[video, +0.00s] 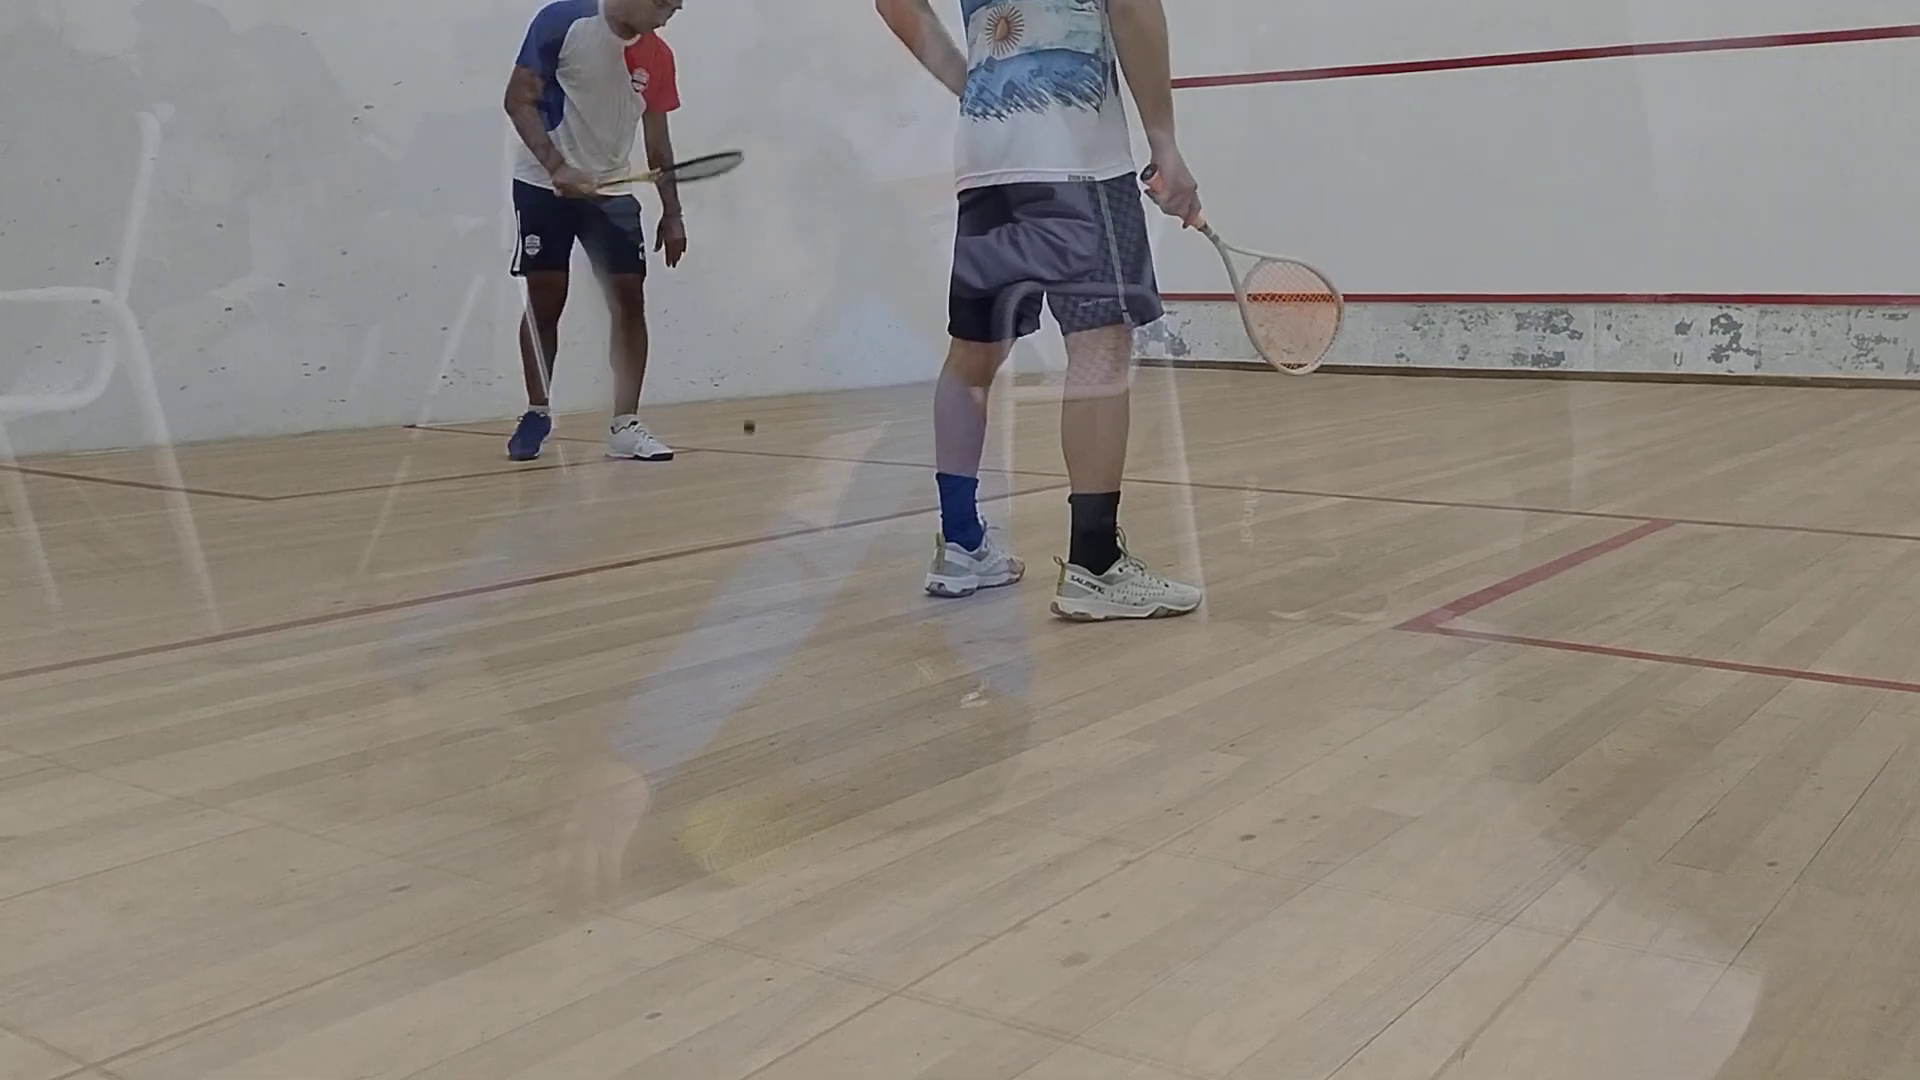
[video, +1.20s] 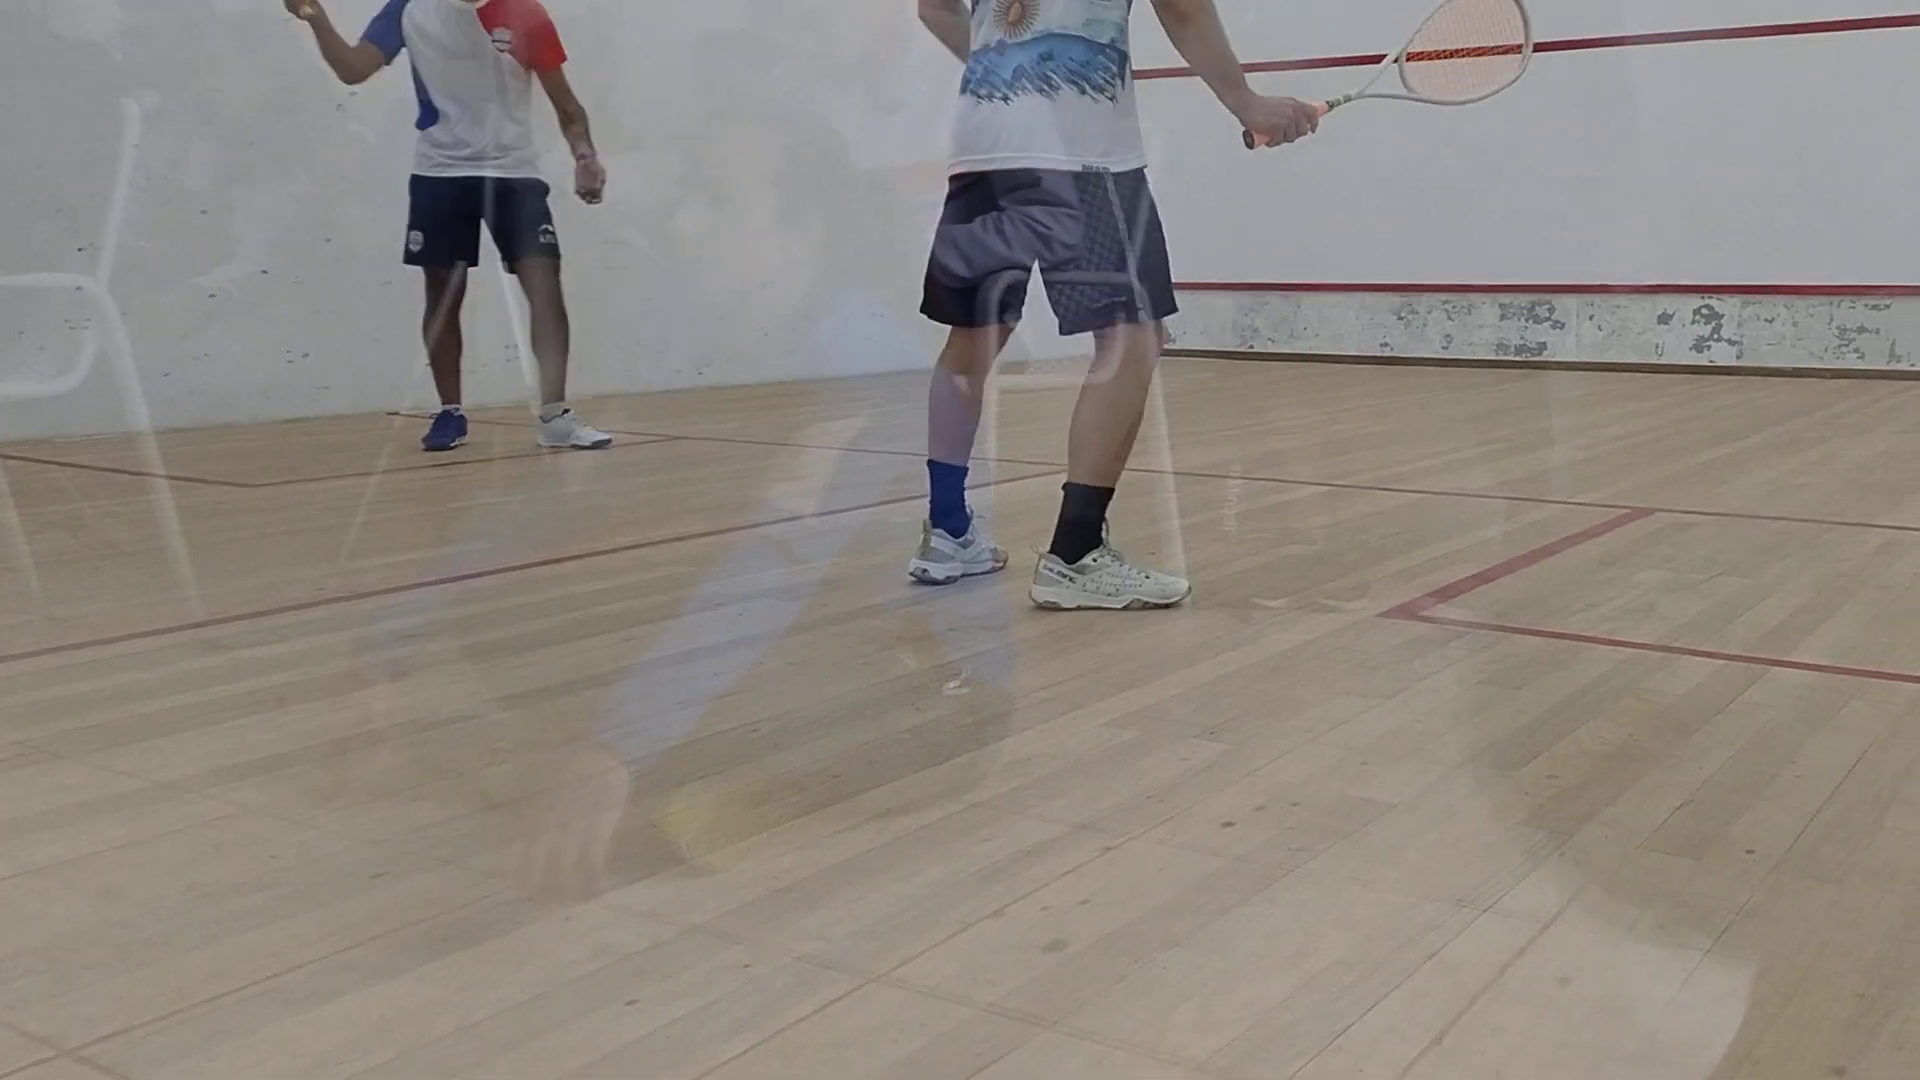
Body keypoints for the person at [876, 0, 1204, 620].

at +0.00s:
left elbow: (897, 5)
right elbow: (1132, 8)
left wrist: (973, 86)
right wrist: (1164, 145)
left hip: (982, 140)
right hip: (1074, 138)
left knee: (971, 355)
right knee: (1100, 353)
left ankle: (961, 547)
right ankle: (1095, 565)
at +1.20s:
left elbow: (935, 4)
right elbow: (1180, 8)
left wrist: (1005, 61)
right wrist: (1247, 101)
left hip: (982, 127)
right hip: (1078, 126)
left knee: (974, 329)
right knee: (1130, 336)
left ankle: (945, 533)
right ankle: (1075, 554)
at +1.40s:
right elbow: (1215, 1)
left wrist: (1023, 54)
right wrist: (1281, 91)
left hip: (1020, 107)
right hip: (1118, 108)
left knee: (1045, 310)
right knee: (1139, 336)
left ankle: (986, 507)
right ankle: (1067, 551)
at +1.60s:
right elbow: (1240, 0)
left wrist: (1042, 63)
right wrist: (1304, 95)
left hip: (1050, 115)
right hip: (1128, 119)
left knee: (1122, 326)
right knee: (1166, 334)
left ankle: (1148, 526)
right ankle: (1058, 545)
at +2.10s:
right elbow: (1210, 2)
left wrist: (1016, 72)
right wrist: (1283, 109)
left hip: (1017, 120)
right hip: (1113, 121)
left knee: (1077, 336)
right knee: (1167, 346)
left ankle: (1124, 533)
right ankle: (1077, 591)